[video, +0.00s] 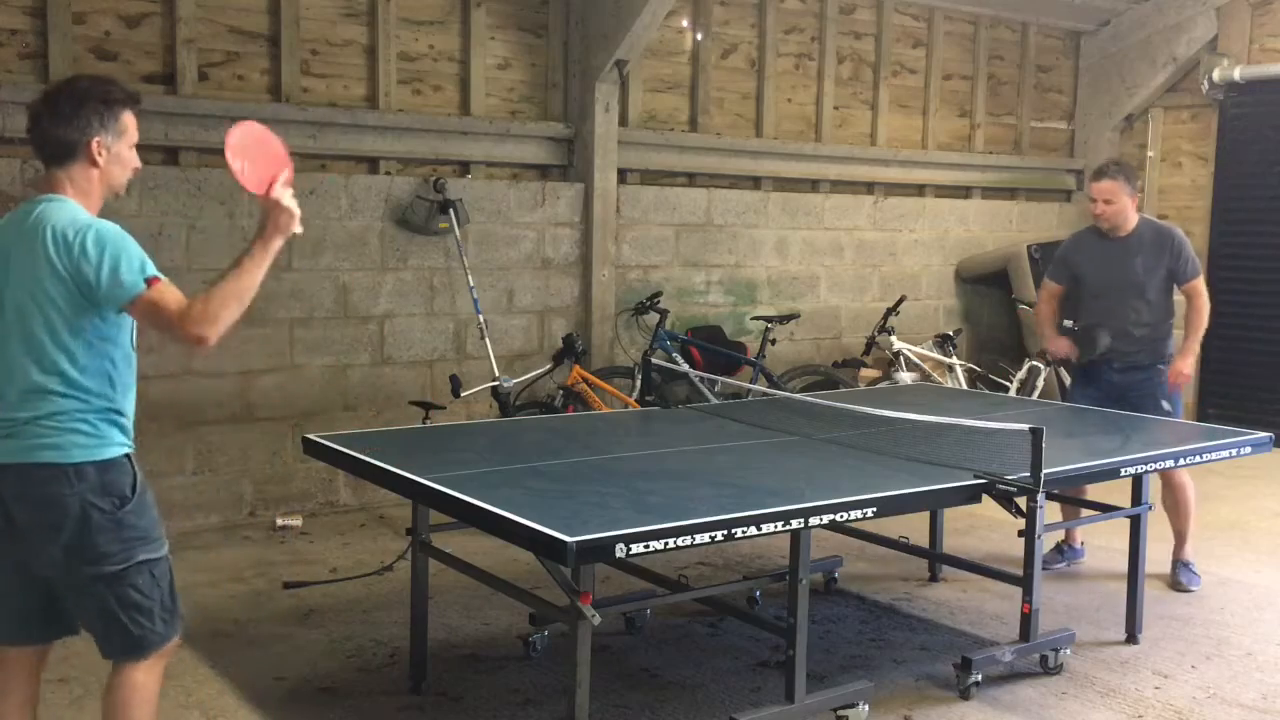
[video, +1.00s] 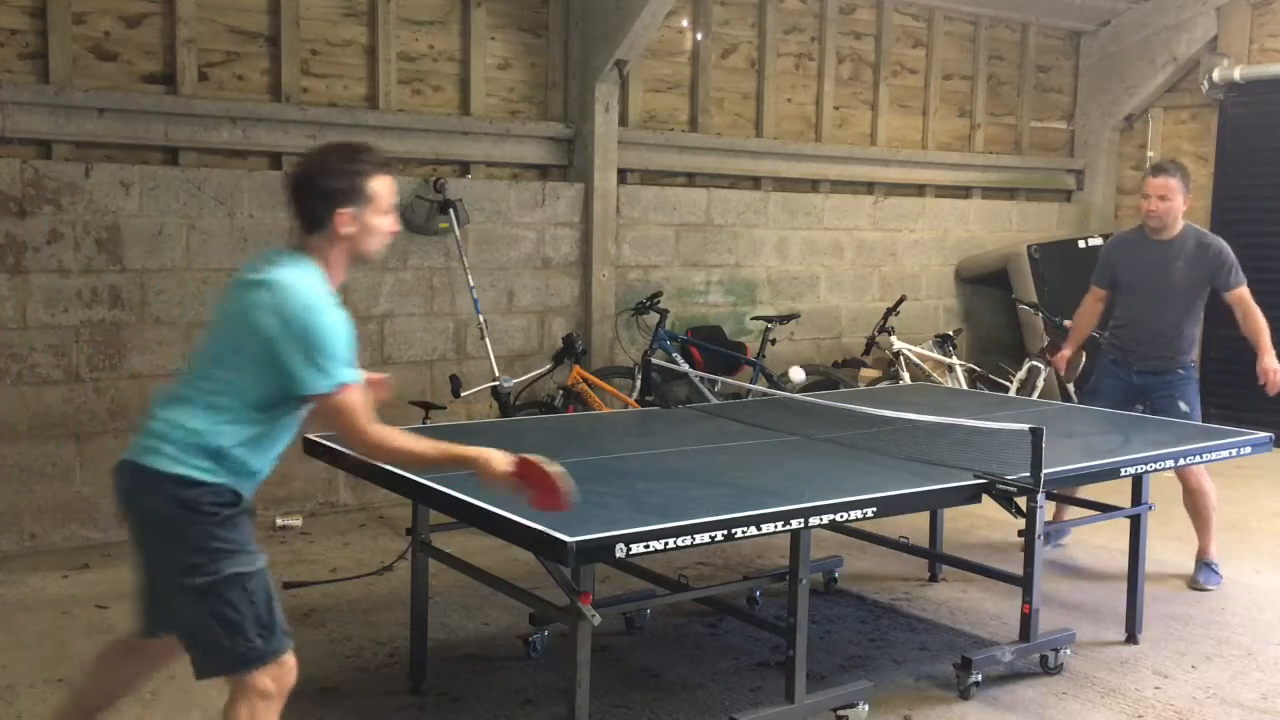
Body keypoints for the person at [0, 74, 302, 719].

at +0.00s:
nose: (139, 163)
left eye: (138, 146)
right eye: (132, 145)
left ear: (72, 147)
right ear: (96, 149)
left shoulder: (10, 230)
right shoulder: (88, 237)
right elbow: (201, 325)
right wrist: (272, 238)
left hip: (12, 470)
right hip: (83, 471)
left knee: (19, 647)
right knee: (146, 641)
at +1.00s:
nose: (397, 226)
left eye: (396, 210)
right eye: (389, 212)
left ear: (337, 221)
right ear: (345, 220)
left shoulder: (268, 273)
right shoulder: (309, 305)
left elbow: (261, 376)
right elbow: (366, 435)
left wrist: (347, 383)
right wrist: (477, 457)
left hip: (156, 472)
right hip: (194, 489)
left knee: (163, 640)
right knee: (268, 674)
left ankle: (70, 712)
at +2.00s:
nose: (747, 243)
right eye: (747, 237)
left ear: (672, 245)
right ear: (743, 248)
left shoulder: (625, 307)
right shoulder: (775, 326)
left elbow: (557, 427)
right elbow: (781, 457)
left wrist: (589, 460)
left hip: (657, 514)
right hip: (763, 513)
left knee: (556, 676)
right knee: (793, 696)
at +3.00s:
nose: (526, 221)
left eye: (527, 209)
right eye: (524, 209)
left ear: (449, 207)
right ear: (498, 213)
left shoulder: (378, 255)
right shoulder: (512, 291)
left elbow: (281, 324)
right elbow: (555, 407)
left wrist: (261, 398)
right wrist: (584, 420)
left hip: (351, 457)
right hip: (443, 460)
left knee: (341, 621)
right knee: (455, 630)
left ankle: (347, 715)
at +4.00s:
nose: (403, 250)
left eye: (403, 238)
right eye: (392, 238)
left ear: (364, 247)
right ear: (354, 246)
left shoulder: (361, 303)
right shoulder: (298, 300)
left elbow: (350, 371)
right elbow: (250, 393)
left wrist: (404, 413)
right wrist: (322, 434)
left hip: (269, 429)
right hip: (220, 424)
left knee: (275, 532)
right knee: (289, 549)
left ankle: (229, 635)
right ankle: (267, 693)